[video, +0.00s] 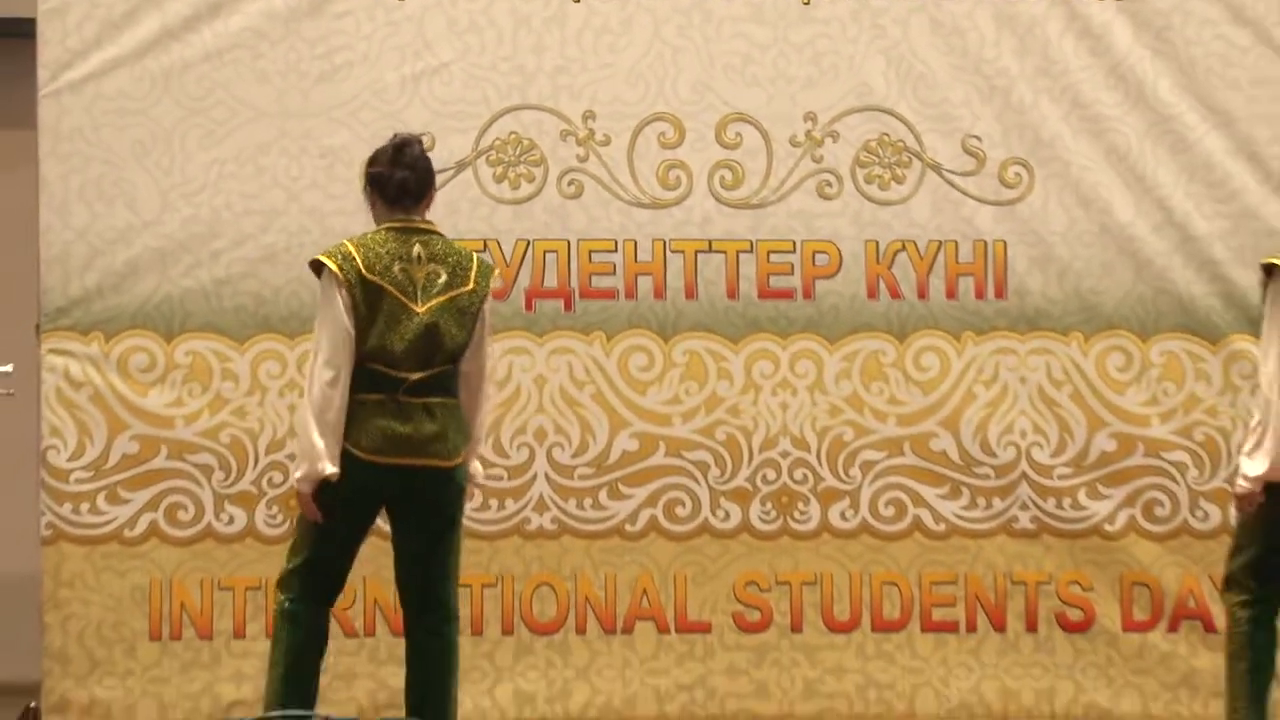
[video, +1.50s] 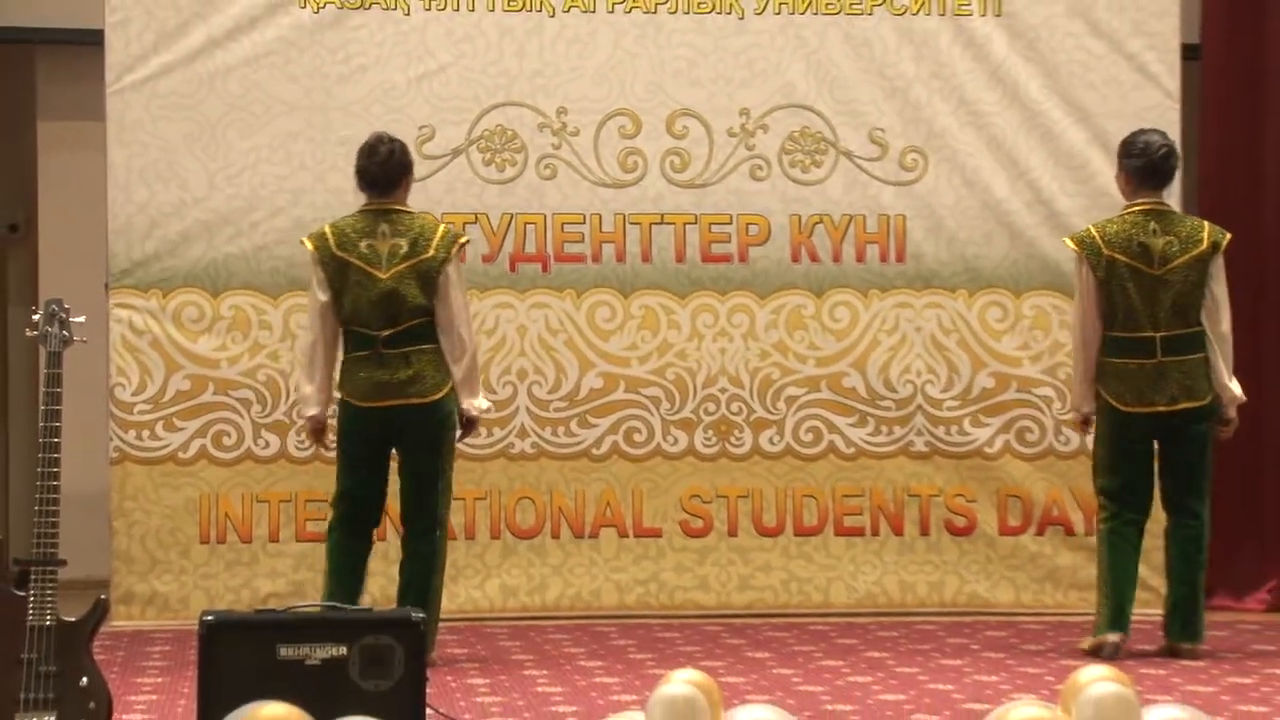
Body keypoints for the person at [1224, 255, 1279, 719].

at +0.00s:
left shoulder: (1273, 285)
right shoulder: (1271, 285)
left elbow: (1271, 384)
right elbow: (1268, 384)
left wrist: (1255, 464)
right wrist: (1251, 460)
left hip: (1269, 475)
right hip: (1266, 473)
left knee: (1248, 594)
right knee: (1250, 595)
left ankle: (1246, 710)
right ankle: (1246, 708)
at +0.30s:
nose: (1233, 189)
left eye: (1236, 179)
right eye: (1234, 179)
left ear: (1255, 180)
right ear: (1276, 180)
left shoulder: (1244, 253)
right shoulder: (1258, 252)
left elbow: (1224, 355)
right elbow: (1224, 354)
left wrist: (1209, 445)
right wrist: (1216, 440)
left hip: (1238, 454)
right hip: (1267, 454)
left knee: (1215, 590)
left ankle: (1218, 708)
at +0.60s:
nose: (1180, 177)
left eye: (1183, 168)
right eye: (1184, 167)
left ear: (1196, 173)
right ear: (1241, 176)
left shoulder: (1186, 243)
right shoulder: (1269, 246)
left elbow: (1166, 340)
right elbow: (1267, 351)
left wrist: (1143, 419)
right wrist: (1258, 431)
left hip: (1178, 426)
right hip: (1229, 429)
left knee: (1170, 549)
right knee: (1188, 536)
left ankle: (1186, 692)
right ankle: (1243, 661)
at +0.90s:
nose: (1157, 170)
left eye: (1160, 161)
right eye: (1162, 160)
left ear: (1168, 167)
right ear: (1216, 170)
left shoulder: (1141, 237)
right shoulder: (1250, 243)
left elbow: (1121, 325)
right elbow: (1250, 339)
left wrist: (1111, 398)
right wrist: (1248, 414)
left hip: (1151, 411)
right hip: (1215, 415)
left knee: (1154, 531)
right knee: (1193, 515)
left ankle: (1168, 672)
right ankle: (1214, 633)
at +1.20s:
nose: (1130, 173)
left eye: (1132, 165)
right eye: (1138, 165)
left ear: (1138, 172)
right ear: (1188, 174)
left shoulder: (1106, 240)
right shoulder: (1220, 241)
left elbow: (1084, 328)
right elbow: (1232, 326)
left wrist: (1066, 398)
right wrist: (1238, 395)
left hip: (1129, 403)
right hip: (1201, 403)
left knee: (1135, 524)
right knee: (1207, 523)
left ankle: (1131, 653)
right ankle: (1215, 651)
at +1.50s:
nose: (1118, 179)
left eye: (1119, 172)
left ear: (1121, 177)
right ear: (1173, 177)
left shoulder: (1095, 243)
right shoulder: (1206, 240)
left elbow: (1088, 331)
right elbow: (1218, 324)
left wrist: (1083, 397)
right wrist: (1226, 391)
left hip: (1123, 401)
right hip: (1190, 399)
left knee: (1120, 513)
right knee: (1188, 513)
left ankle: (1111, 627)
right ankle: (1185, 633)